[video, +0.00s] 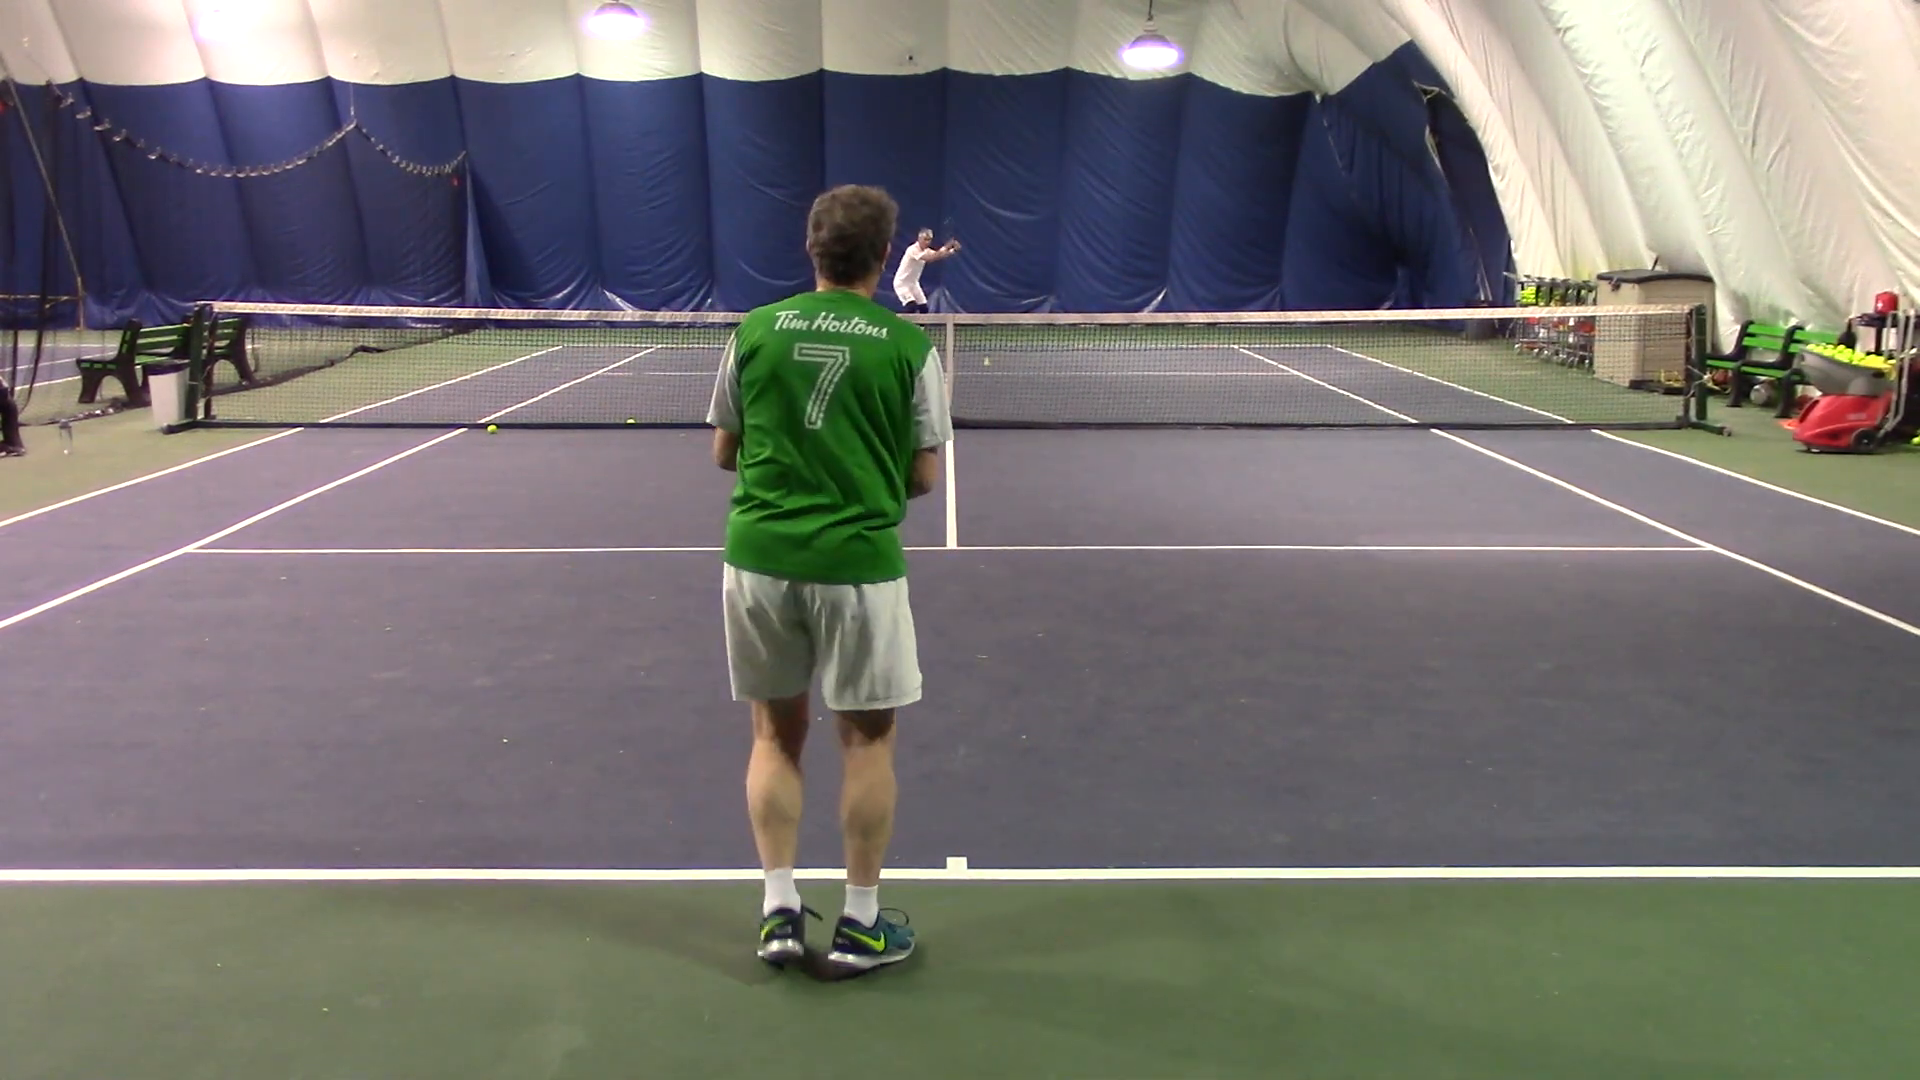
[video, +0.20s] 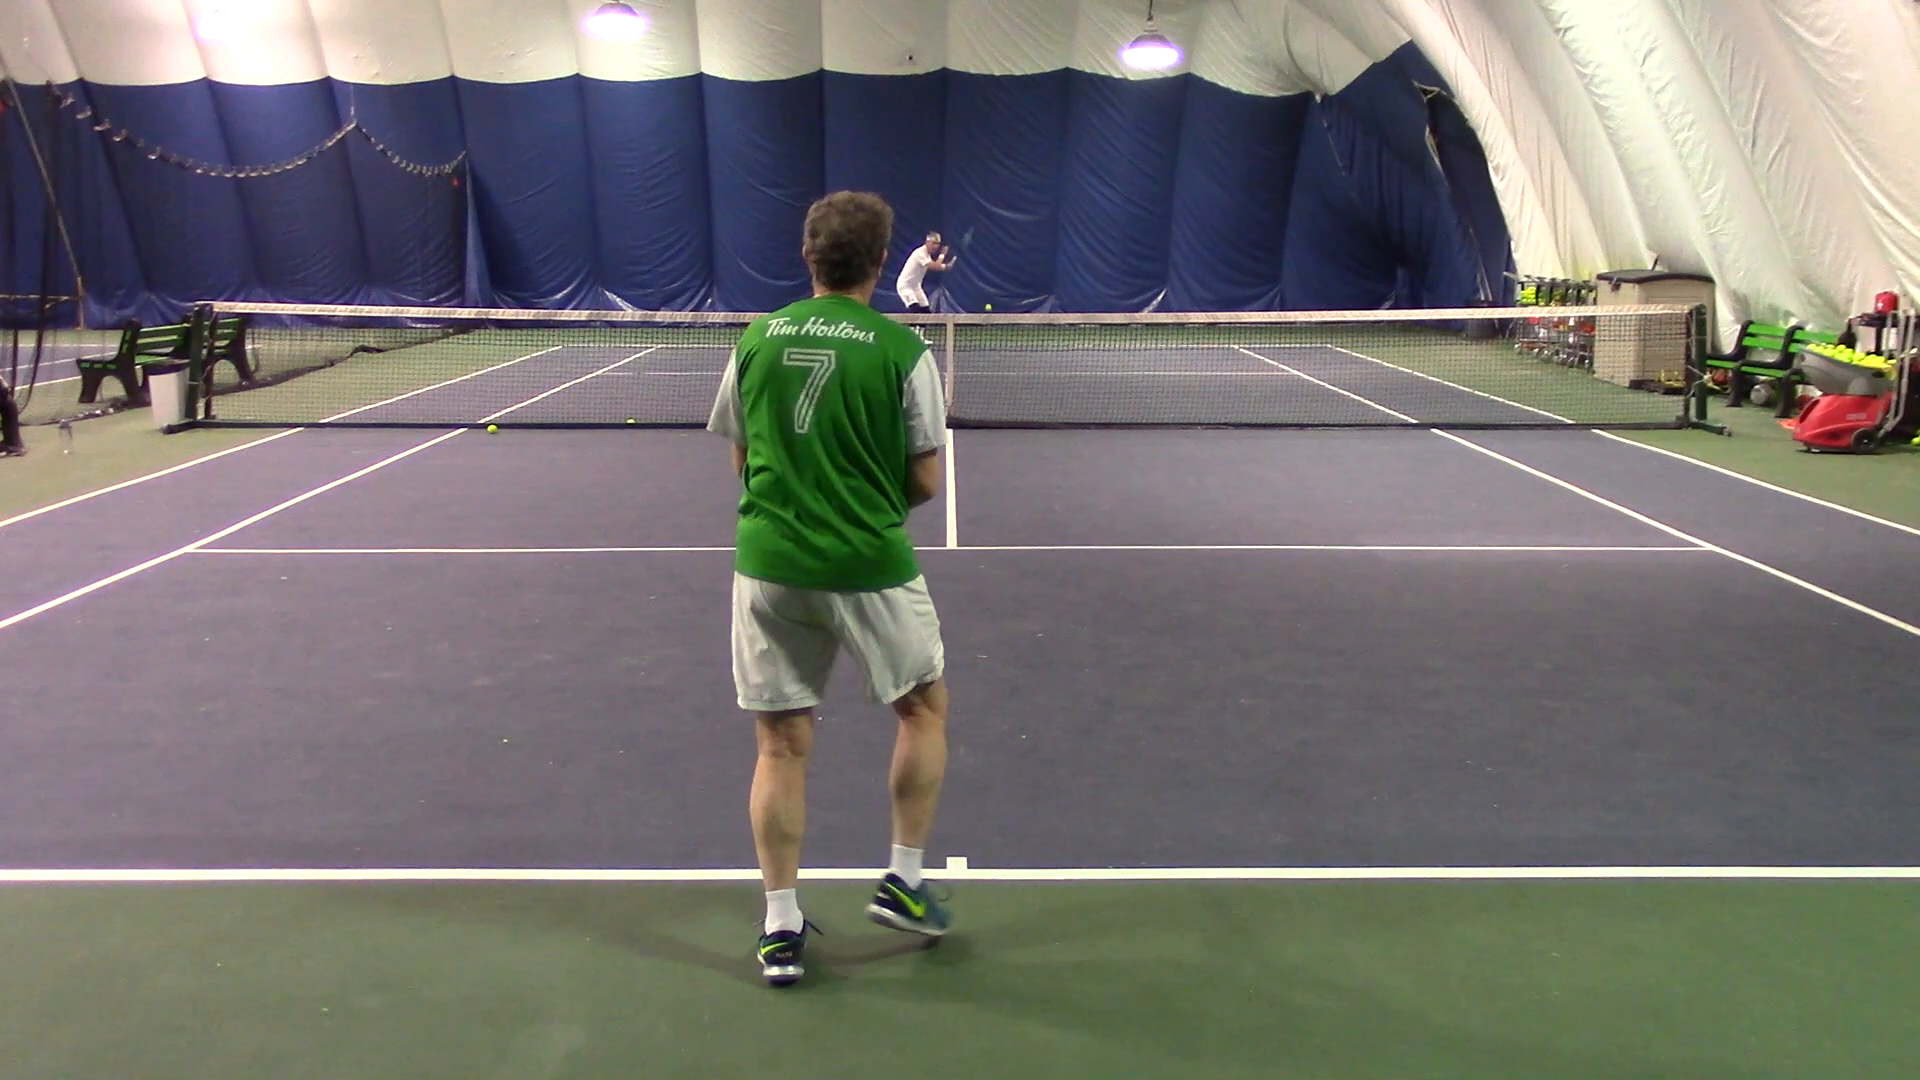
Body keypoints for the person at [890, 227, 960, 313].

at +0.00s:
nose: (927, 243)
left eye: (929, 240)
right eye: (925, 240)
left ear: (930, 241)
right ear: (919, 239)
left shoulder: (926, 251)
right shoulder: (912, 250)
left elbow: (937, 255)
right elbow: (927, 257)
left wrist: (951, 251)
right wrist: (946, 247)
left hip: (914, 282)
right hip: (902, 282)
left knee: (923, 307)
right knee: (911, 304)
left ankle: (921, 329)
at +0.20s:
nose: (936, 247)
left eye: (938, 244)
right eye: (934, 243)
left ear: (939, 245)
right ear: (927, 243)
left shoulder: (927, 254)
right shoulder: (920, 253)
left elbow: (935, 266)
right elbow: (935, 266)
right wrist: (942, 255)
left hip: (916, 285)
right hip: (905, 284)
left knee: (925, 308)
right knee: (915, 307)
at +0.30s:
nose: (937, 245)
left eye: (939, 243)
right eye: (935, 242)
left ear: (941, 244)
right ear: (930, 240)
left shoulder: (931, 253)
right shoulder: (920, 251)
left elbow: (930, 270)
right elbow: (931, 267)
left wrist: (943, 275)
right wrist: (941, 259)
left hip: (918, 283)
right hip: (906, 282)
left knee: (924, 308)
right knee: (915, 307)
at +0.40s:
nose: (938, 241)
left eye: (940, 238)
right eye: (936, 237)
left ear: (941, 239)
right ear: (930, 235)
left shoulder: (934, 251)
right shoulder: (917, 245)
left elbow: (938, 270)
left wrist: (950, 279)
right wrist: (935, 257)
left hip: (921, 280)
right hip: (908, 278)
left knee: (923, 307)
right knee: (915, 306)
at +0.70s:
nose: (935, 227)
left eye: (937, 224)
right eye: (933, 224)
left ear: (941, 227)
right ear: (930, 225)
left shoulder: (941, 239)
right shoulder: (922, 236)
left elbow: (934, 235)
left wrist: (929, 224)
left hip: (932, 272)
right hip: (918, 272)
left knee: (935, 303)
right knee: (915, 302)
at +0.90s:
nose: (938, 228)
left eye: (941, 226)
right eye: (936, 225)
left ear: (944, 227)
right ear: (931, 225)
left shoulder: (945, 239)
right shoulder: (925, 239)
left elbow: (930, 230)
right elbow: (910, 240)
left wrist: (924, 216)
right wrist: (917, 226)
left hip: (938, 273)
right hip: (925, 273)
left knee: (940, 303)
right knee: (920, 303)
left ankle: (948, 329)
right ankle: (923, 329)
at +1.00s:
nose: (940, 230)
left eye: (942, 228)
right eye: (937, 228)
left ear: (944, 228)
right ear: (931, 228)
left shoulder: (947, 239)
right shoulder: (929, 240)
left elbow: (937, 235)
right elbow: (914, 239)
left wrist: (928, 228)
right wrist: (922, 229)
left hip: (944, 277)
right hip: (931, 277)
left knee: (946, 308)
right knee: (921, 307)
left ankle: (953, 338)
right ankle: (925, 337)